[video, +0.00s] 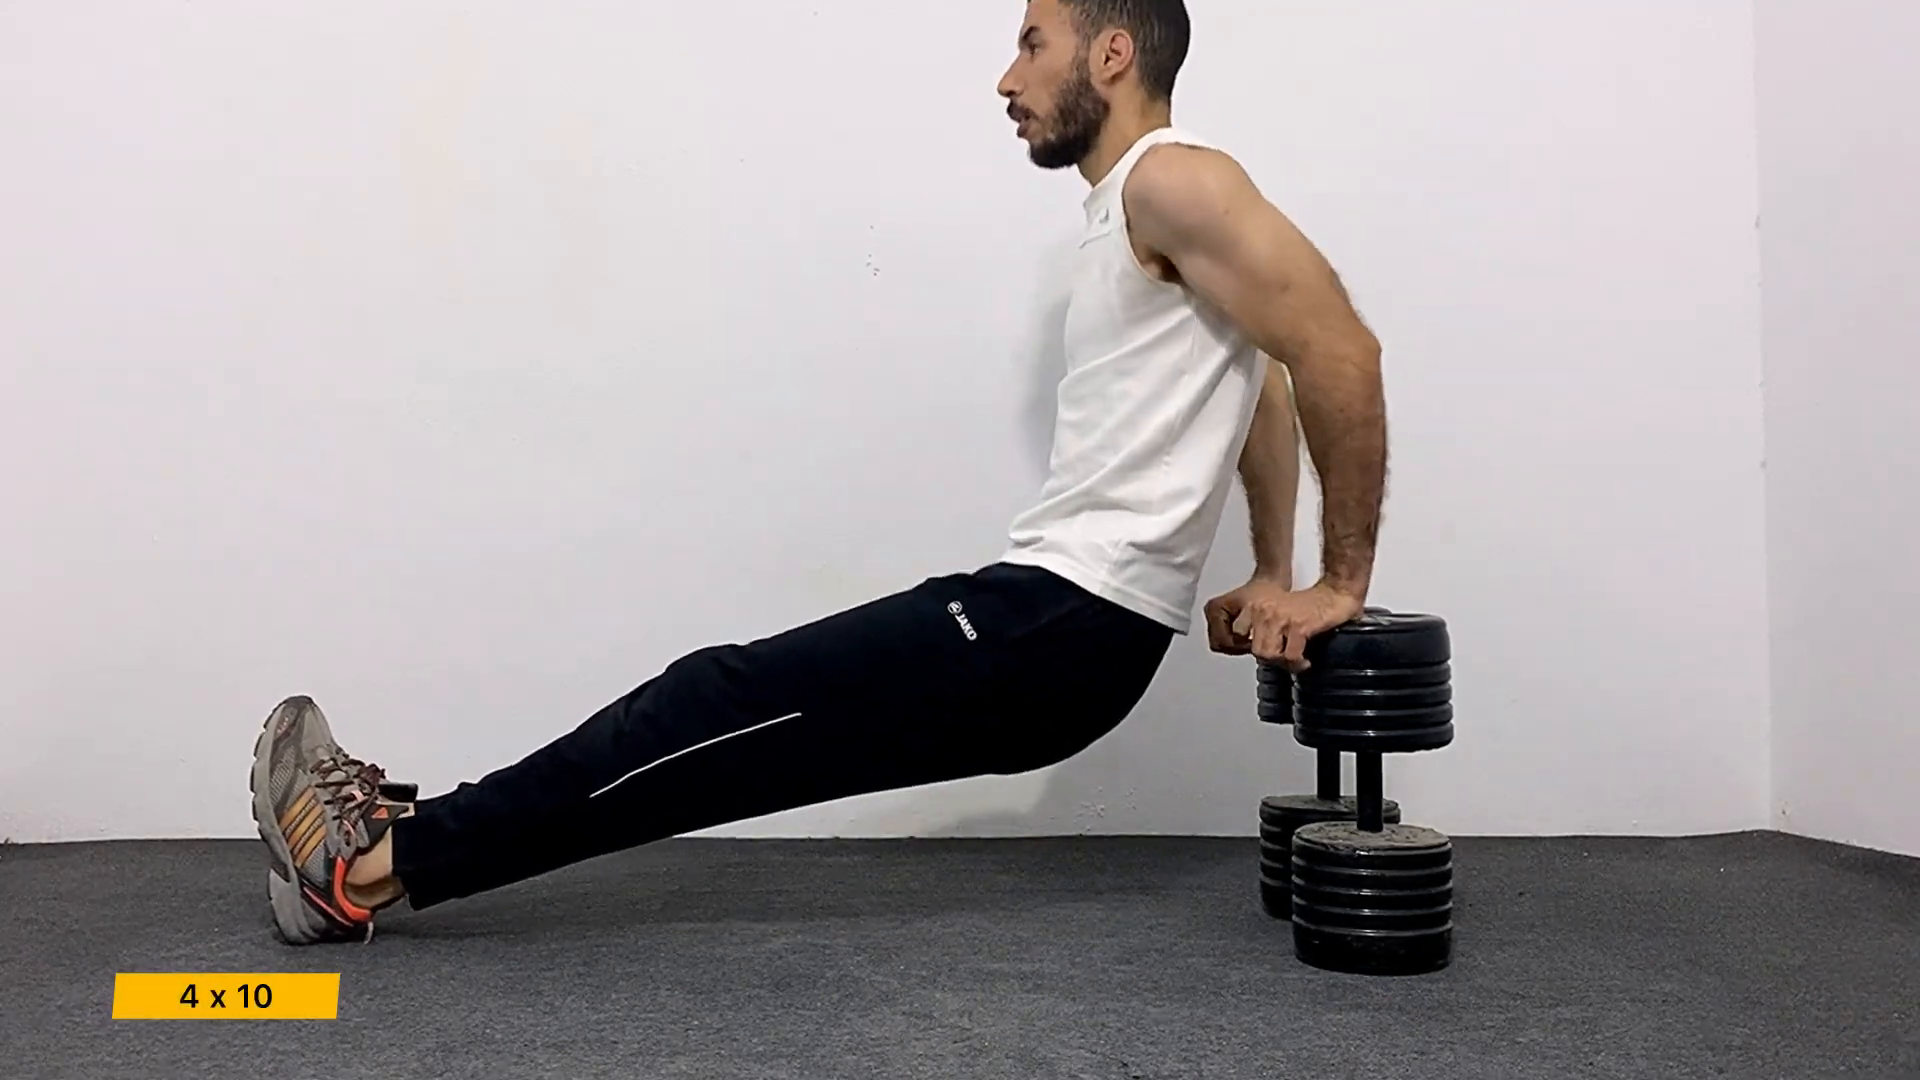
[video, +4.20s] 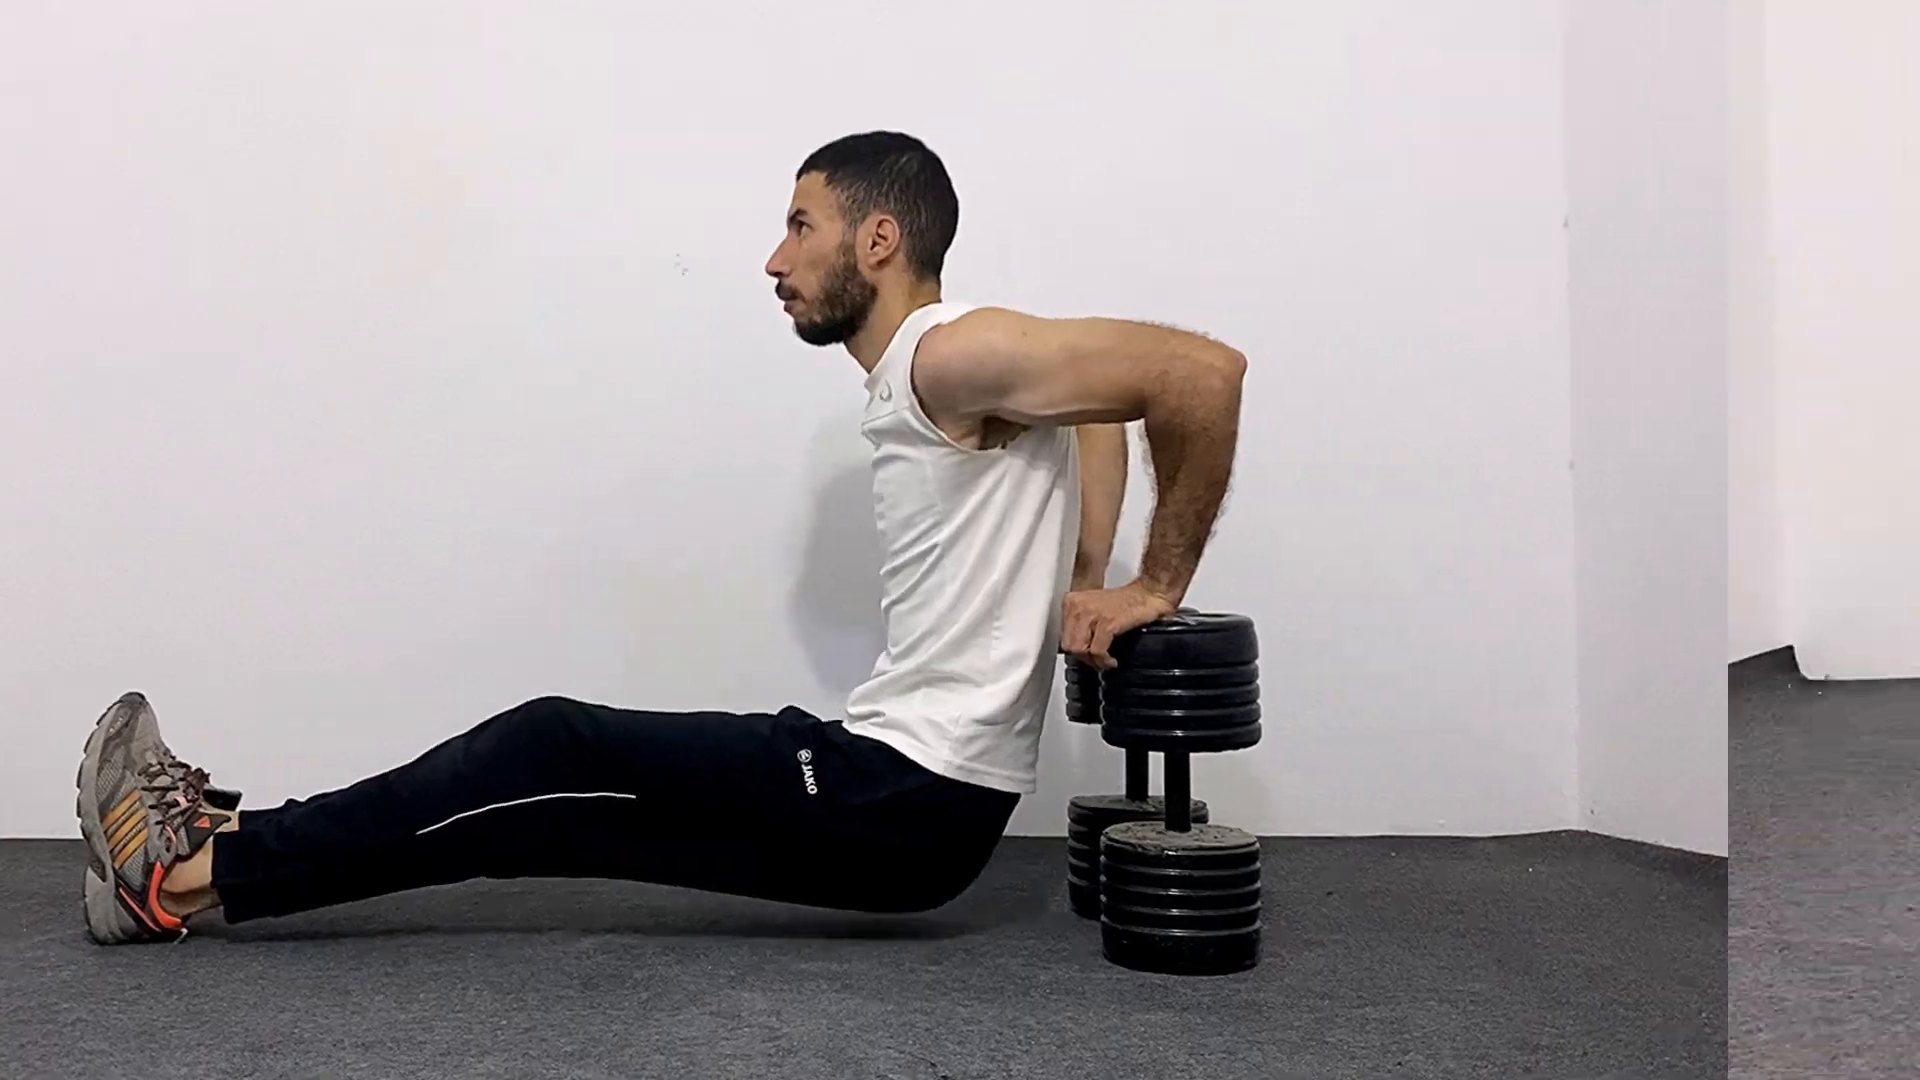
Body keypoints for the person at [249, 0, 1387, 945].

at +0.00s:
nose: (1007, 76)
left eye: (1031, 46)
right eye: (1015, 47)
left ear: (1116, 53)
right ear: (1106, 57)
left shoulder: (1179, 183)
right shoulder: (1145, 206)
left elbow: (1343, 349)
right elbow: (1266, 389)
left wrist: (1350, 580)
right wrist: (1269, 575)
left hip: (1069, 623)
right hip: (1053, 609)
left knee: (713, 712)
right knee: (711, 703)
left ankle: (376, 871)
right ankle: (400, 843)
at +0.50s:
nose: (964, 248)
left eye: (987, 216)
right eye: (973, 219)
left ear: (1074, 227)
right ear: (1077, 228)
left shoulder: (1136, 345)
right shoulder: (1126, 345)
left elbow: (1391, 375)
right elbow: (1295, 391)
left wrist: (1355, 585)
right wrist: (1279, 575)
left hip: (1097, 776)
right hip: (1078, 760)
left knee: (741, 742)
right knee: (736, 795)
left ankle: (386, 869)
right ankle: (416, 848)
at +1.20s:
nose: (990, 121)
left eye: (1013, 89)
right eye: (996, 91)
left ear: (1100, 95)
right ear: (1097, 101)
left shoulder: (1167, 222)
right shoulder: (1139, 246)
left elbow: (1368, 361)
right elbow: (1285, 417)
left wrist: (1350, 587)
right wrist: (1271, 589)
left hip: (1091, 656)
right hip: (1072, 644)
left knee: (739, 734)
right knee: (739, 731)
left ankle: (392, 875)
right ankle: (415, 847)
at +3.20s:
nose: (1022, 51)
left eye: (1041, 17)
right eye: (1026, 22)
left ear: (1126, 19)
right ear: (1111, 27)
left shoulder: (1188, 144)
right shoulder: (1149, 165)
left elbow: (1312, 358)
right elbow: (1251, 382)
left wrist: (1347, 580)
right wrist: (1267, 572)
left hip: (1063, 593)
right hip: (1045, 579)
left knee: (718, 711)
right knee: (714, 699)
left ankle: (380, 877)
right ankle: (420, 840)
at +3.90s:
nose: (985, 201)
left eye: (1006, 168)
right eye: (990, 172)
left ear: (1093, 175)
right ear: (1097, 180)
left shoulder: (1156, 301)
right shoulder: (1135, 304)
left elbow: (1397, 369)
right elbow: (1302, 378)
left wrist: (1354, 588)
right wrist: (1283, 573)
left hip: (1099, 737)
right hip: (1079, 723)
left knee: (737, 736)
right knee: (733, 760)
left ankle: (387, 878)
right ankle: (422, 849)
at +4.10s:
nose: (919, 245)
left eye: (943, 213)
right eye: (927, 216)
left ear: (1029, 224)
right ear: (1030, 226)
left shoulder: (1090, 342)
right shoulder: (1073, 347)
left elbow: (1345, 377)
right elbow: (1241, 391)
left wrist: (1299, 587)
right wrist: (1225, 575)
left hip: (1046, 778)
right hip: (1028, 763)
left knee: (686, 738)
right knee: (681, 788)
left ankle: (337, 872)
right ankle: (364, 852)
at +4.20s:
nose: (777, 261)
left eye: (798, 229)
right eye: (784, 232)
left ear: (882, 238)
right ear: (888, 240)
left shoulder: (947, 354)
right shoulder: (936, 359)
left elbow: (1204, 378)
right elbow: (1103, 395)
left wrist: (1161, 591)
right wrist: (1089, 573)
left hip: (906, 792)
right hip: (900, 786)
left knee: (547, 742)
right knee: (536, 800)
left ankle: (194, 876)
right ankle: (228, 850)